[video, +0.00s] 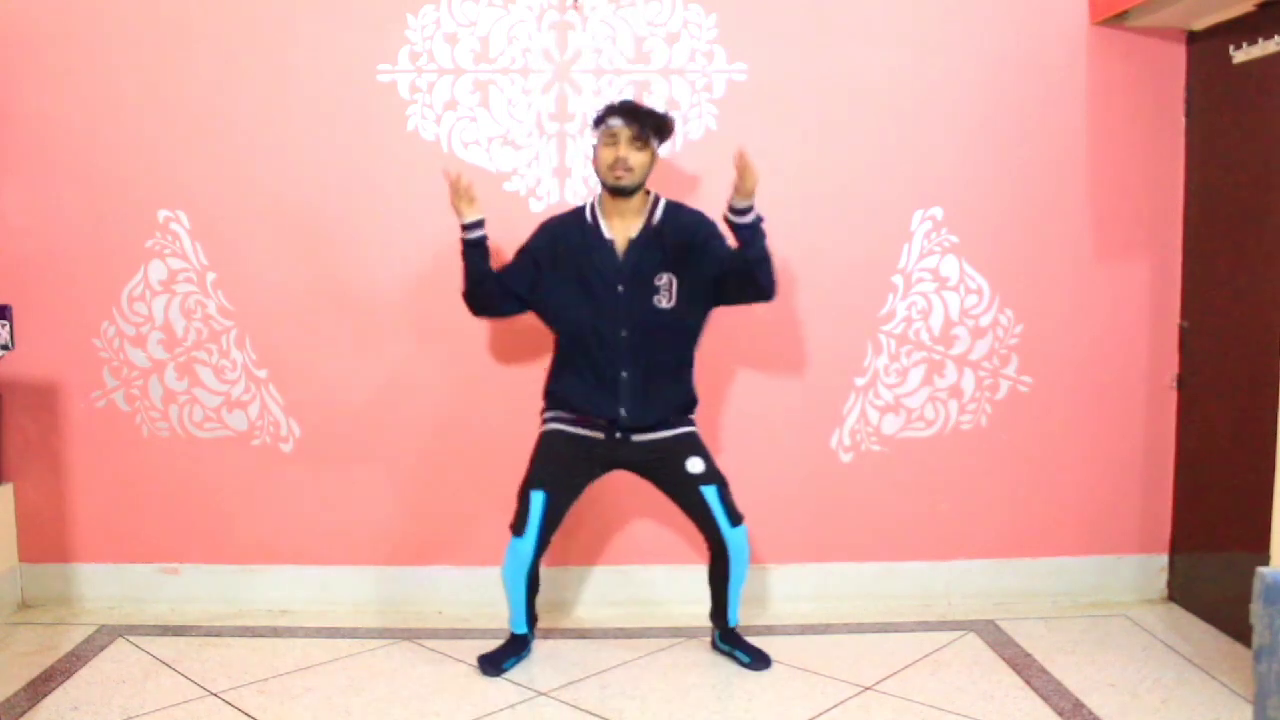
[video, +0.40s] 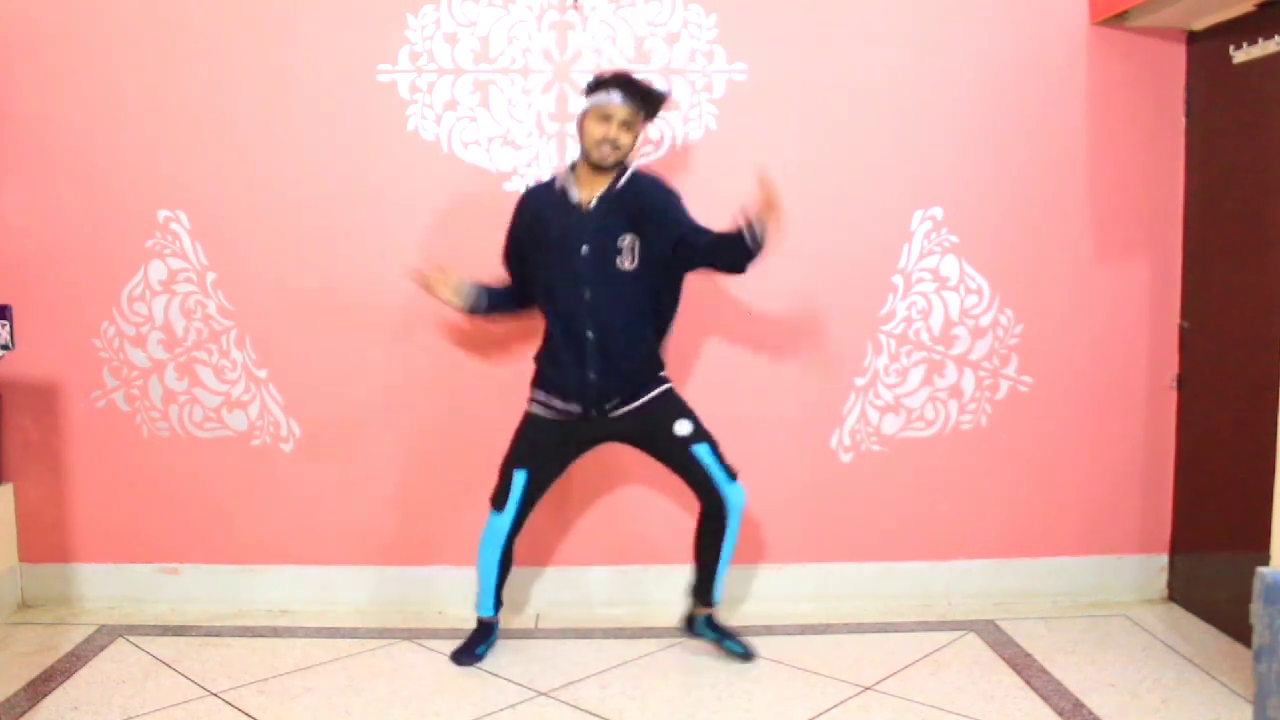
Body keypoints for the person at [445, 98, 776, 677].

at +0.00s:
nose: (621, 156)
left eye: (636, 144)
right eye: (609, 143)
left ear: (655, 156)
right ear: (594, 153)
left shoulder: (689, 232)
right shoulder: (560, 237)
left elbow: (757, 286)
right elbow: (486, 301)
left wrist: (744, 216)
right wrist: (471, 225)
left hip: (664, 426)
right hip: (575, 424)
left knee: (730, 534)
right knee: (526, 536)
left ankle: (727, 632)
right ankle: (519, 635)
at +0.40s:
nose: (613, 134)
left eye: (626, 125)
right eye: (603, 120)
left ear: (638, 136)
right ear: (580, 123)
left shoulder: (650, 200)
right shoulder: (538, 206)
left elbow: (710, 252)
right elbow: (523, 293)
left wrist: (752, 232)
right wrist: (467, 294)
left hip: (641, 394)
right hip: (559, 399)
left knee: (725, 495)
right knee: (504, 512)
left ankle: (702, 612)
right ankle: (485, 623)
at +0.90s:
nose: (725, 158)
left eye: (729, 146)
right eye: (725, 143)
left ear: (673, 130)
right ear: (698, 132)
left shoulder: (615, 192)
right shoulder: (673, 206)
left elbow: (600, 272)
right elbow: (681, 320)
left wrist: (666, 299)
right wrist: (761, 333)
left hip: (655, 391)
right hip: (692, 394)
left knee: (716, 510)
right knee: (732, 521)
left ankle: (685, 639)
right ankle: (707, 689)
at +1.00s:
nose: (749, 136)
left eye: (752, 124)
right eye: (750, 123)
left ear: (692, 110)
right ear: (731, 115)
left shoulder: (634, 164)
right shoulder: (723, 181)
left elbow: (594, 227)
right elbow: (725, 287)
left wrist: (657, 239)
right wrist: (793, 319)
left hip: (644, 377)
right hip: (713, 381)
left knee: (655, 495)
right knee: (759, 508)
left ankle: (665, 638)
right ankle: (769, 675)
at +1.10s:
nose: (768, 133)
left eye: (768, 123)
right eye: (767, 123)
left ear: (710, 119)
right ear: (752, 121)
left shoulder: (660, 173)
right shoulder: (765, 183)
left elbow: (609, 244)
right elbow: (796, 270)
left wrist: (653, 295)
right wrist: (805, 325)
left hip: (644, 384)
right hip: (728, 391)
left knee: (614, 489)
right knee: (779, 508)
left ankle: (606, 636)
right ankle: (810, 657)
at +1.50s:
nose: (769, 148)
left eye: (766, 139)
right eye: (768, 139)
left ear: (706, 139)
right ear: (757, 139)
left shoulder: (656, 197)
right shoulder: (779, 196)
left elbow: (624, 310)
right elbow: (791, 303)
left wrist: (660, 358)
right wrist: (821, 371)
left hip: (664, 389)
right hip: (745, 395)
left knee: (613, 504)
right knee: (792, 513)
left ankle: (582, 653)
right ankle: (812, 661)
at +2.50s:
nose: (689, 234)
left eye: (702, 226)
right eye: (679, 217)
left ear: (709, 237)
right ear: (653, 216)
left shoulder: (651, 300)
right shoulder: (633, 256)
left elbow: (619, 384)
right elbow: (558, 296)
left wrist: (650, 437)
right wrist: (612, 380)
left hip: (578, 441)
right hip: (540, 438)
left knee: (659, 512)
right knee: (652, 553)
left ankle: (597, 645)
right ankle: (613, 708)